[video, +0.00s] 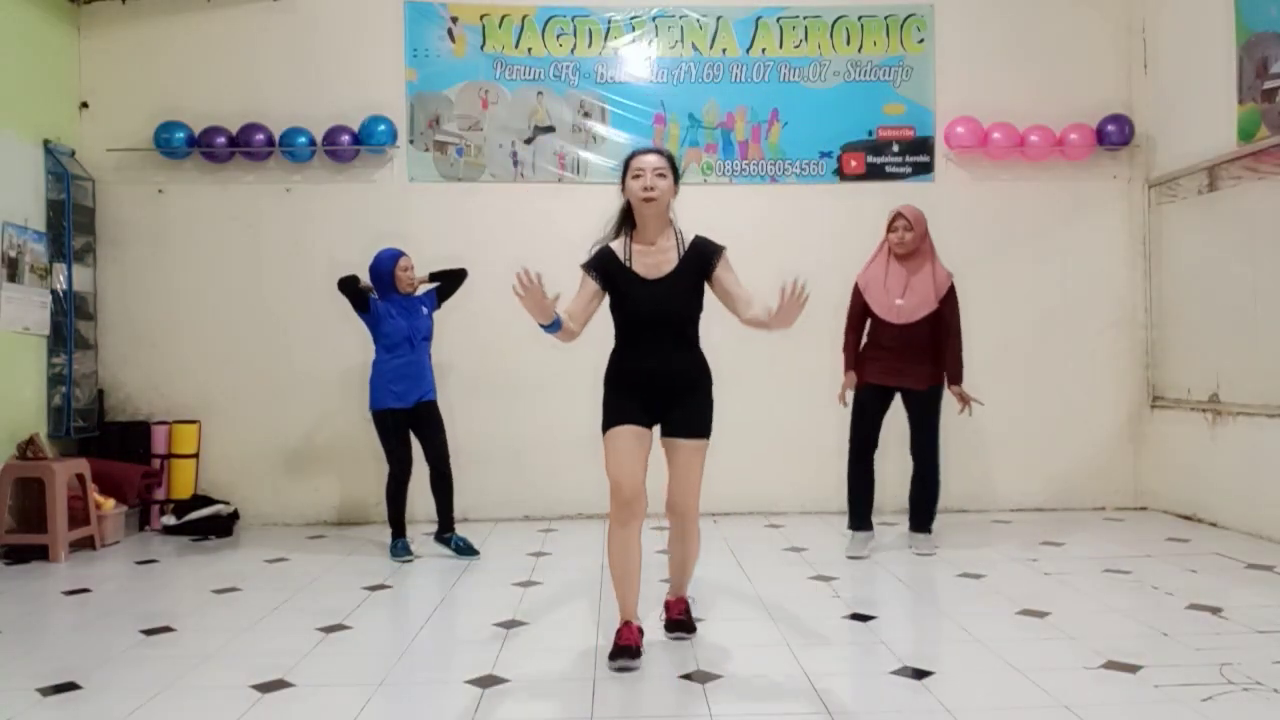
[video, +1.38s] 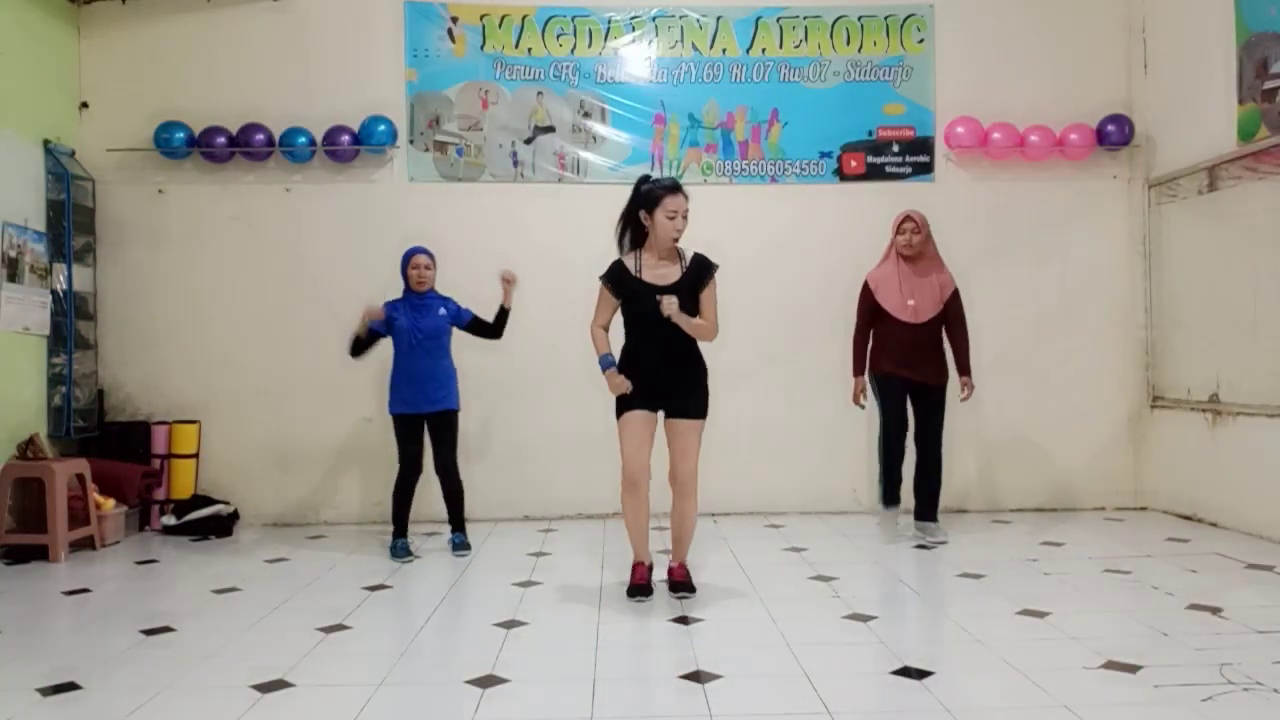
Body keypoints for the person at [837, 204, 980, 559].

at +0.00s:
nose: (898, 235)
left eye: (906, 230)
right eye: (893, 229)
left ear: (921, 235)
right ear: (886, 235)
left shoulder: (938, 279)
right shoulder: (872, 275)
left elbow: (951, 332)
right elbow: (854, 323)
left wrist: (955, 381)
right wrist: (850, 368)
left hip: (922, 376)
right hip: (876, 372)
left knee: (925, 452)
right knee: (860, 449)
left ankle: (921, 529)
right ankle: (860, 529)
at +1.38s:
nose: (909, 236)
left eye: (915, 231)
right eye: (903, 232)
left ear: (927, 238)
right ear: (894, 238)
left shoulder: (940, 278)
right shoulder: (879, 277)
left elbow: (956, 325)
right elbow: (862, 327)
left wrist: (964, 370)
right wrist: (858, 374)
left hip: (930, 372)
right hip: (888, 371)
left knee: (929, 444)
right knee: (893, 436)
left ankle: (926, 519)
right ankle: (890, 506)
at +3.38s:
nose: (907, 231)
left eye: (913, 226)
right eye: (900, 227)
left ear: (921, 234)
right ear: (889, 236)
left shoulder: (937, 276)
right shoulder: (876, 276)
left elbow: (949, 329)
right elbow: (866, 327)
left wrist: (952, 377)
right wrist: (868, 367)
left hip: (926, 371)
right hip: (884, 373)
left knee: (939, 437)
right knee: (888, 445)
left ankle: (919, 508)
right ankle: (890, 518)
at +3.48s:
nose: (909, 235)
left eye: (914, 229)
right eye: (901, 230)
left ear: (922, 235)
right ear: (890, 238)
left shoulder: (941, 279)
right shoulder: (878, 278)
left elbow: (950, 334)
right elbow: (864, 328)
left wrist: (950, 379)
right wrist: (851, 343)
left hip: (927, 377)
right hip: (884, 375)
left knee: (927, 450)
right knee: (888, 446)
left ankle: (917, 520)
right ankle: (889, 518)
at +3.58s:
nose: (910, 230)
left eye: (915, 225)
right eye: (903, 226)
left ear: (924, 232)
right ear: (892, 234)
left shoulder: (942, 275)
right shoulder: (879, 274)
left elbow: (951, 329)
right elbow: (858, 322)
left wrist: (951, 375)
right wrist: (840, 301)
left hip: (926, 365)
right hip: (885, 363)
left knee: (925, 441)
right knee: (888, 432)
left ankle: (917, 520)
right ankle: (890, 498)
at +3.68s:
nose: (911, 228)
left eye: (916, 223)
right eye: (904, 224)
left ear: (925, 230)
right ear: (892, 232)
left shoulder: (941, 272)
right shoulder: (881, 270)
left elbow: (950, 327)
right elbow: (852, 312)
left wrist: (949, 373)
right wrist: (850, 276)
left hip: (926, 364)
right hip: (885, 359)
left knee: (922, 441)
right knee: (889, 417)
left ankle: (917, 519)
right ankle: (891, 489)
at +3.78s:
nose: (912, 231)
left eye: (916, 226)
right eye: (904, 227)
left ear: (923, 233)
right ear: (892, 235)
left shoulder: (937, 274)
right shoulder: (882, 270)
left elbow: (947, 328)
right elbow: (858, 287)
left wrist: (948, 377)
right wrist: (882, 254)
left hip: (926, 373)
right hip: (884, 372)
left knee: (926, 447)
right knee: (888, 443)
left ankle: (917, 519)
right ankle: (885, 519)